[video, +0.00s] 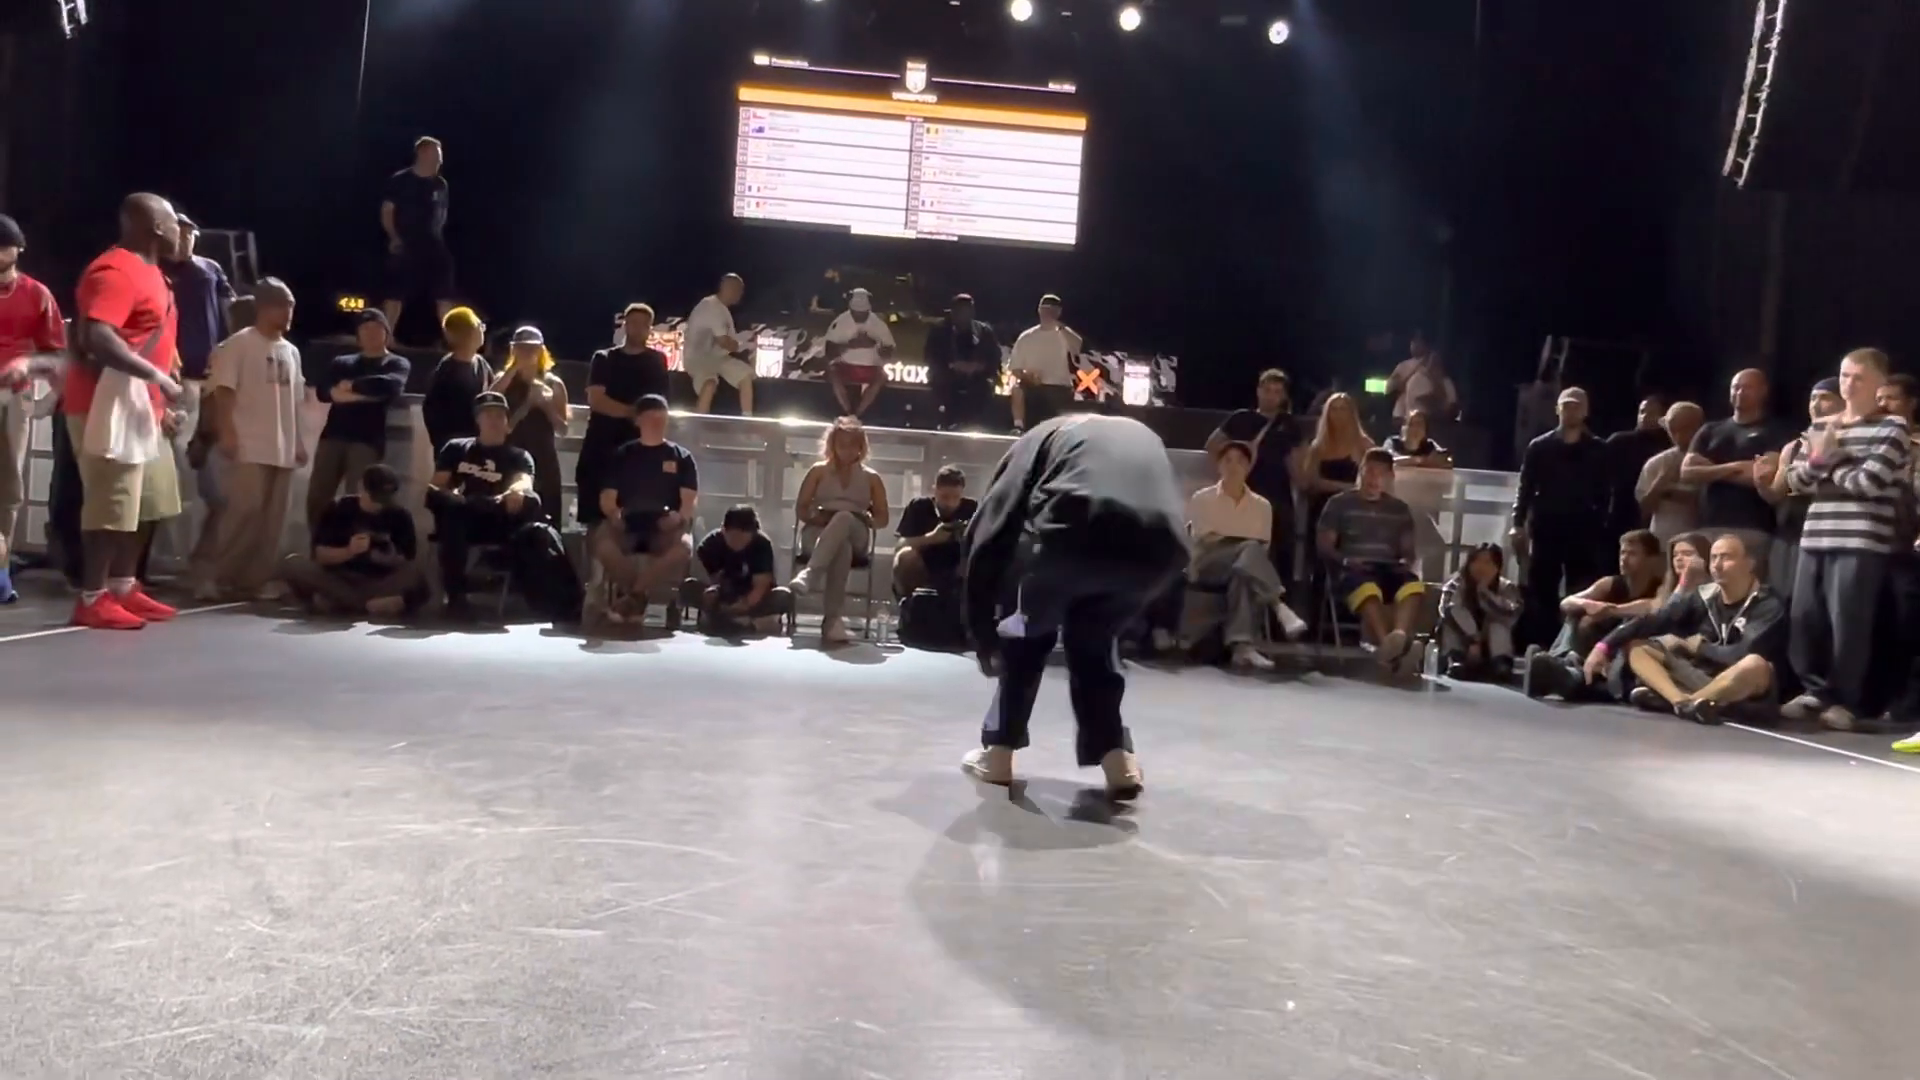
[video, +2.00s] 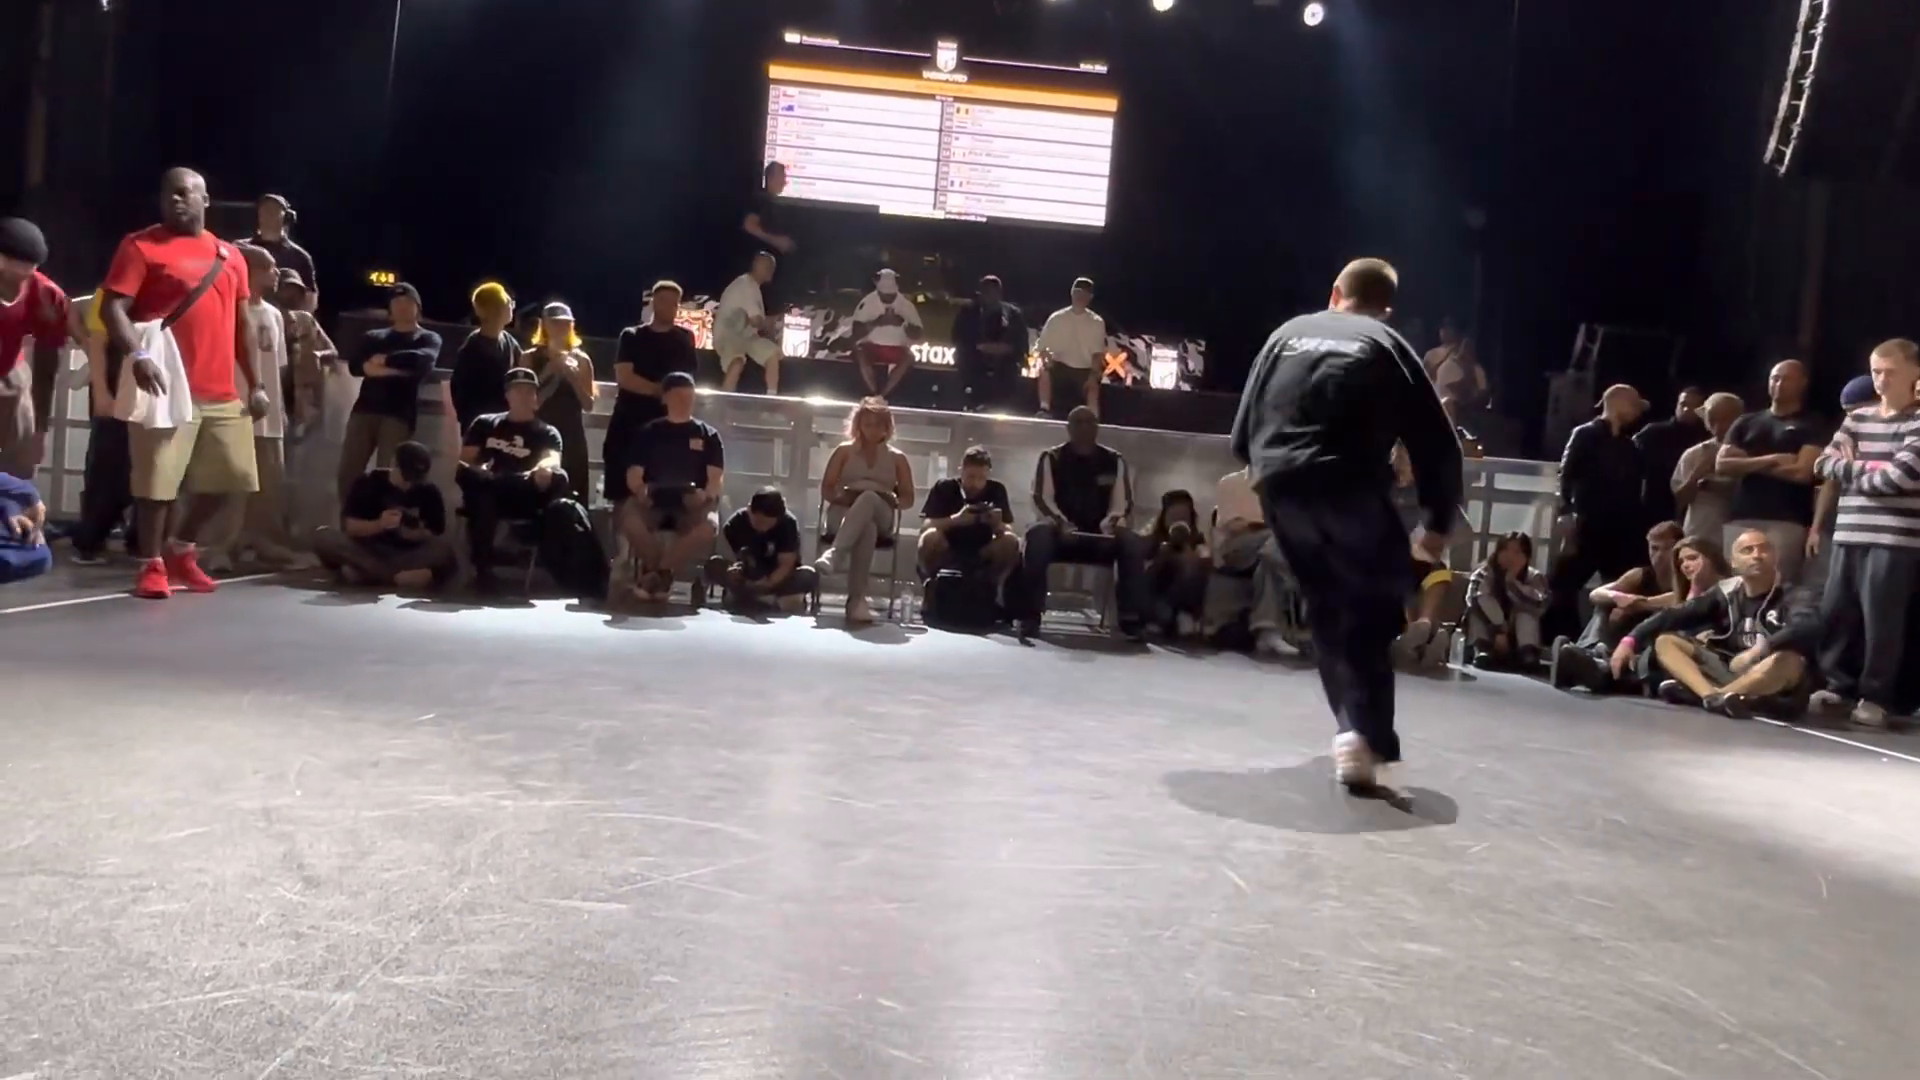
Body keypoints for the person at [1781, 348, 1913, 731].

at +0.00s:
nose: (1847, 384)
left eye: (1857, 378)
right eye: (1844, 377)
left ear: (1879, 385)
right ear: (1839, 381)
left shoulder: (1893, 429)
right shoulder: (1826, 428)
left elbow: (1870, 481)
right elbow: (1794, 480)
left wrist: (1827, 471)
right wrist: (1823, 455)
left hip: (1859, 539)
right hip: (1815, 537)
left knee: (1849, 621)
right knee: (1804, 614)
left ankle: (1847, 702)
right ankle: (1814, 690)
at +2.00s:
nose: (1878, 380)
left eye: (1887, 373)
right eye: (1875, 373)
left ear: (1915, 377)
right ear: (1871, 375)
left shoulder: (1918, 424)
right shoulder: (1857, 418)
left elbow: (1898, 479)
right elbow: (1824, 464)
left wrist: (1847, 470)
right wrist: (1866, 469)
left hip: (1894, 541)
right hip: (1847, 536)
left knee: (1881, 623)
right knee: (1835, 612)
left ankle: (1876, 699)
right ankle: (1838, 687)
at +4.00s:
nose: (1880, 380)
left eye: (1889, 373)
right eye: (1875, 373)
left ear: (1912, 376)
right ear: (1867, 376)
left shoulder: (1913, 426)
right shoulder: (1845, 422)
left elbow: (1902, 480)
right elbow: (1813, 468)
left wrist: (1843, 477)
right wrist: (1869, 467)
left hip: (1885, 534)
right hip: (1836, 532)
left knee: (1875, 618)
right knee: (1831, 612)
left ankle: (1876, 699)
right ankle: (1837, 687)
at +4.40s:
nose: (1910, 401)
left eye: (1915, 395)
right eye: (1905, 393)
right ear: (1891, 394)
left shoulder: (1916, 433)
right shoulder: (1864, 425)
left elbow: (1900, 482)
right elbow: (1833, 466)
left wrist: (1855, 478)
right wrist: (1872, 474)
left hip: (1886, 532)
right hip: (1840, 528)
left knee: (1876, 620)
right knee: (1831, 616)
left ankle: (1875, 702)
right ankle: (1838, 689)